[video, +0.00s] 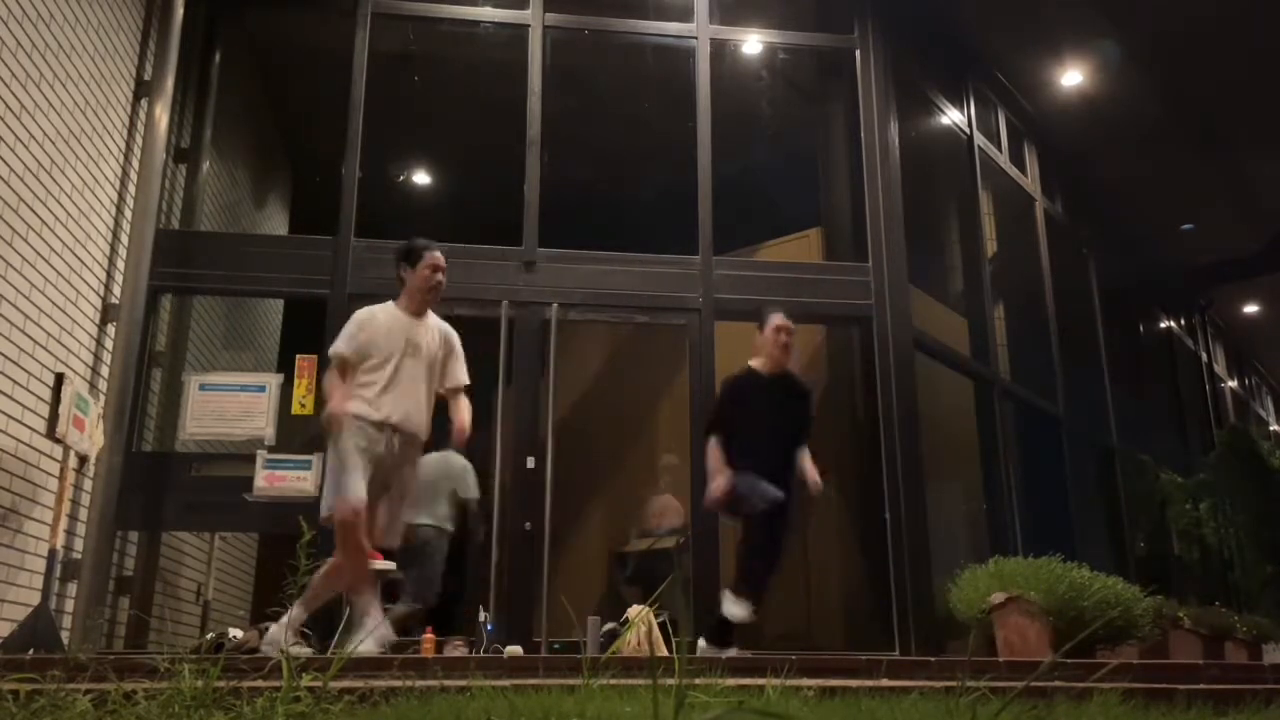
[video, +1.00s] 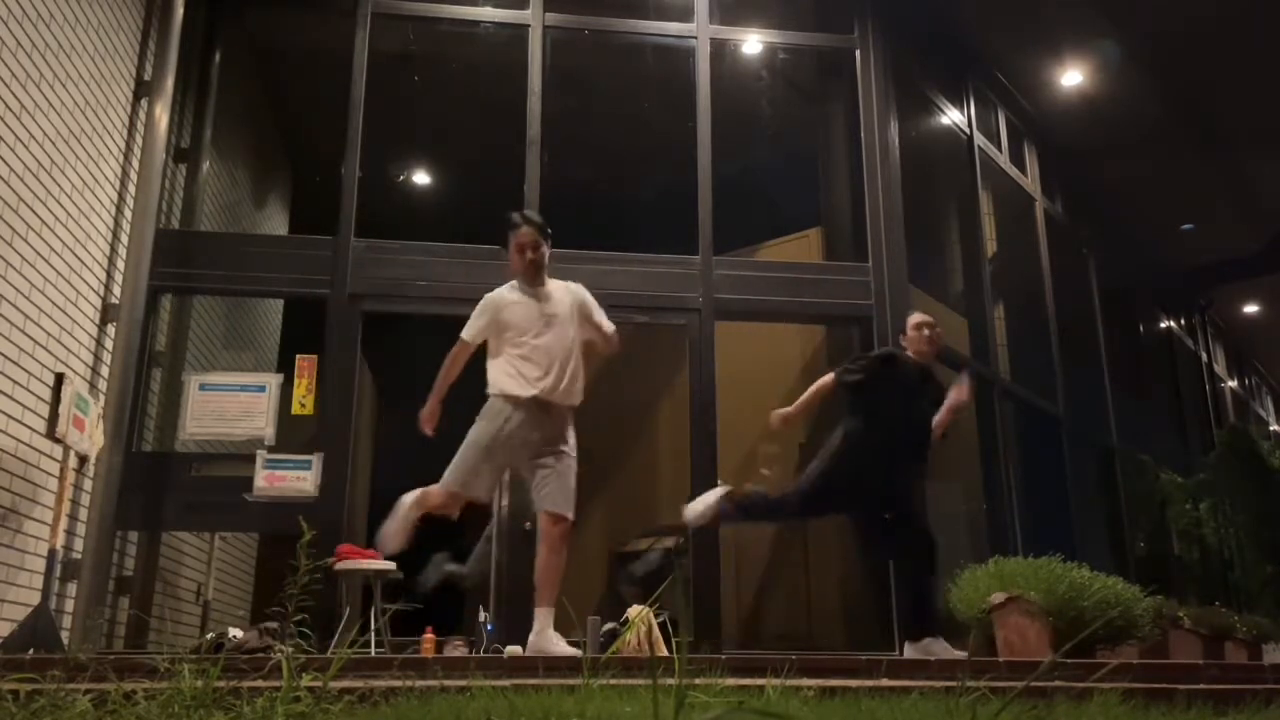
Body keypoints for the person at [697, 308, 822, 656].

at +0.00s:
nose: (785, 339)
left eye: (789, 333)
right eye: (777, 331)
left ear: (794, 340)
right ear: (760, 336)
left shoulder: (798, 390)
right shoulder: (738, 384)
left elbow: (799, 441)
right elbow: (714, 434)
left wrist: (810, 471)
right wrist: (718, 473)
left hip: (781, 482)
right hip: (741, 477)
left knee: (762, 555)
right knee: (766, 508)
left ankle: (719, 640)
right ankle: (742, 591)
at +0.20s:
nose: (777, 319)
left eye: (780, 313)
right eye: (770, 311)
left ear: (782, 319)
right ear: (749, 314)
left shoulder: (783, 359)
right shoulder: (731, 357)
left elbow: (811, 408)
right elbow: (747, 401)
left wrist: (802, 368)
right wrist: (786, 365)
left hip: (772, 458)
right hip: (735, 457)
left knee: (780, 535)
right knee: (739, 531)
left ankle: (740, 603)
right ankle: (702, 614)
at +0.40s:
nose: (802, 355)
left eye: (804, 350)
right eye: (795, 346)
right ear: (772, 347)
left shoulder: (791, 395)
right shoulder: (749, 388)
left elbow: (803, 451)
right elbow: (769, 422)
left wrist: (814, 423)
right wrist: (807, 408)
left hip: (776, 491)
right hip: (742, 492)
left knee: (837, 529)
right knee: (748, 565)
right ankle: (701, 637)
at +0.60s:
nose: (871, 380)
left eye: (873, 373)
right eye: (865, 371)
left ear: (859, 377)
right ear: (841, 371)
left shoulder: (849, 417)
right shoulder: (820, 407)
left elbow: (819, 465)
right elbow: (795, 455)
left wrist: (835, 505)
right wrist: (804, 510)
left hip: (821, 508)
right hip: (785, 506)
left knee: (873, 568)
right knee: (764, 580)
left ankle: (918, 636)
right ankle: (701, 639)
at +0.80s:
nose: (931, 364)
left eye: (933, 358)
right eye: (924, 355)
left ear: (929, 368)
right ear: (902, 360)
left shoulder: (910, 413)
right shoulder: (876, 388)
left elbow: (892, 470)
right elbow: (824, 400)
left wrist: (915, 477)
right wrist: (783, 431)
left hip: (862, 494)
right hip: (821, 483)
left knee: (897, 557)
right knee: (768, 538)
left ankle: (920, 638)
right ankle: (706, 594)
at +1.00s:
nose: (929, 334)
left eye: (933, 329)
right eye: (921, 328)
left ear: (938, 341)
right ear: (905, 338)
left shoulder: (934, 386)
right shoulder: (888, 360)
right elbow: (834, 378)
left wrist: (951, 409)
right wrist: (796, 409)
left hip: (892, 478)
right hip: (851, 463)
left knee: (916, 547)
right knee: (799, 504)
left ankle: (920, 638)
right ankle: (723, 504)